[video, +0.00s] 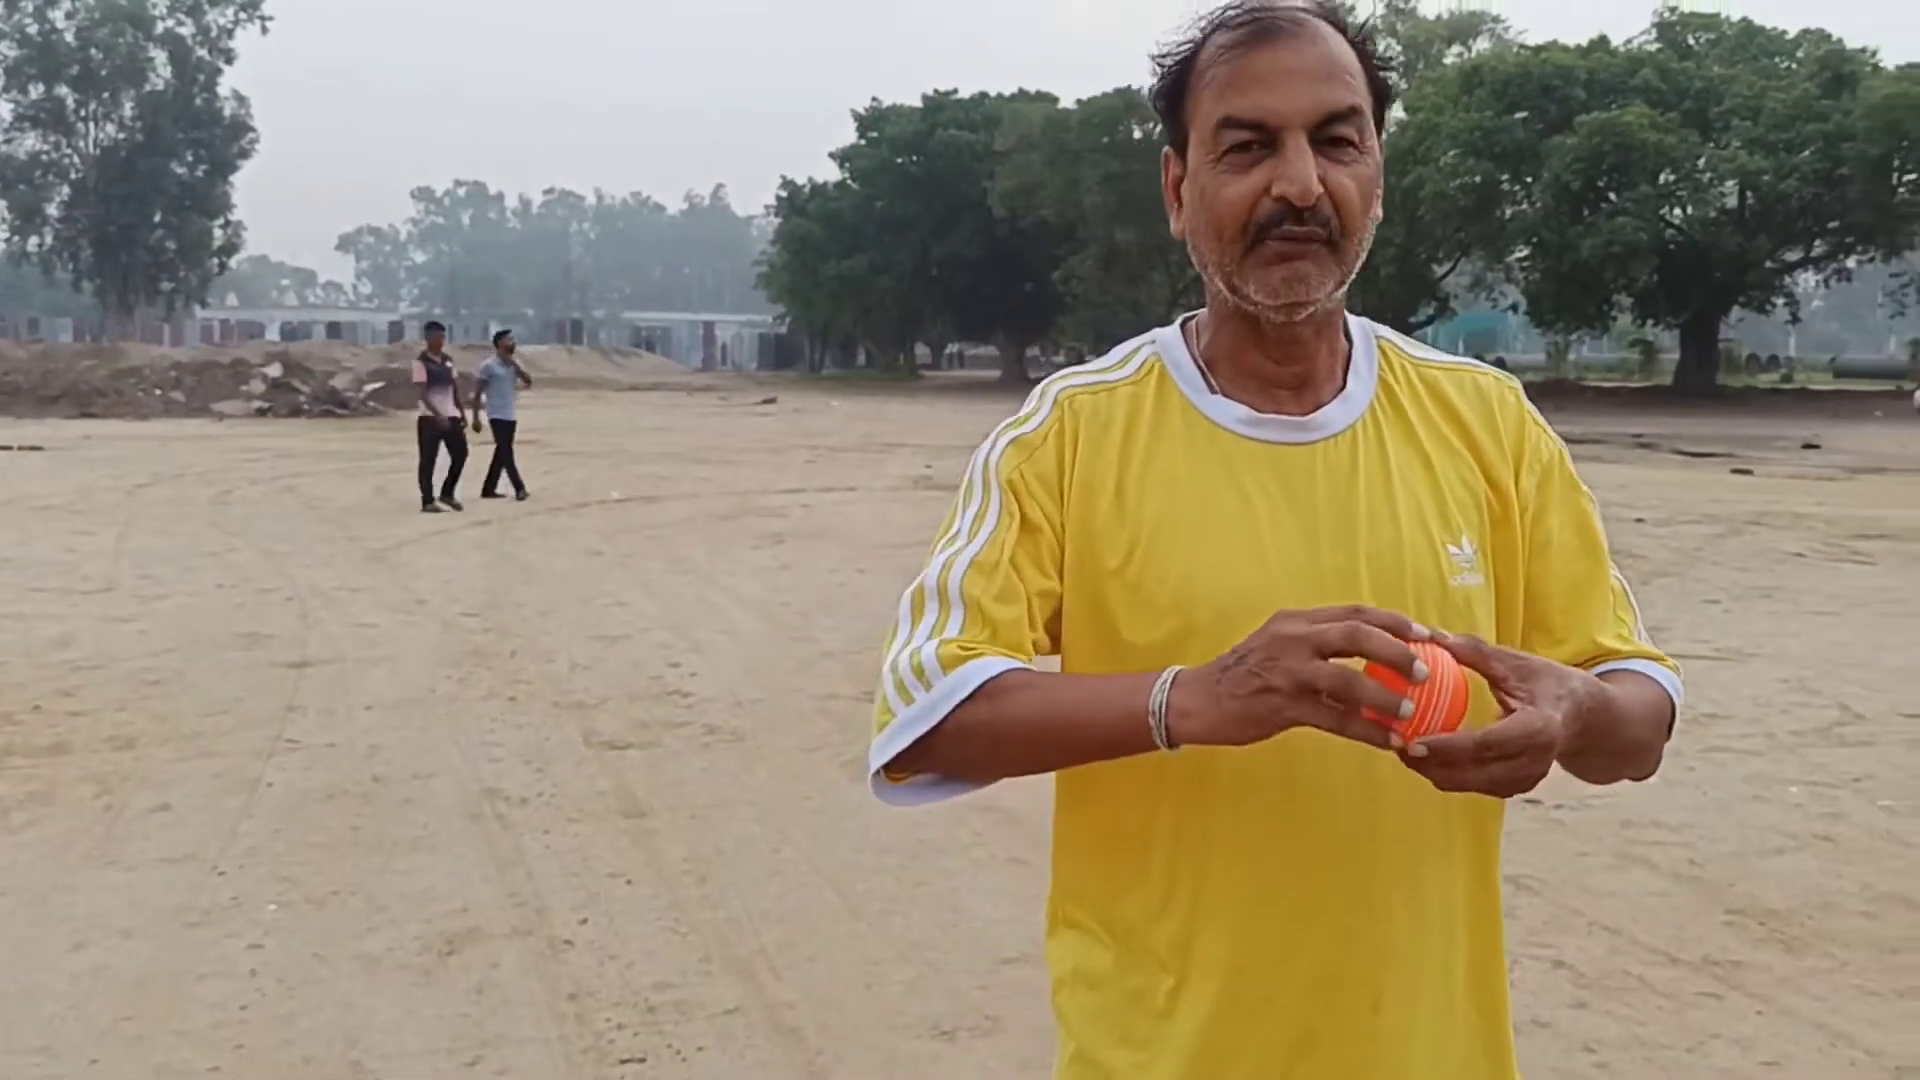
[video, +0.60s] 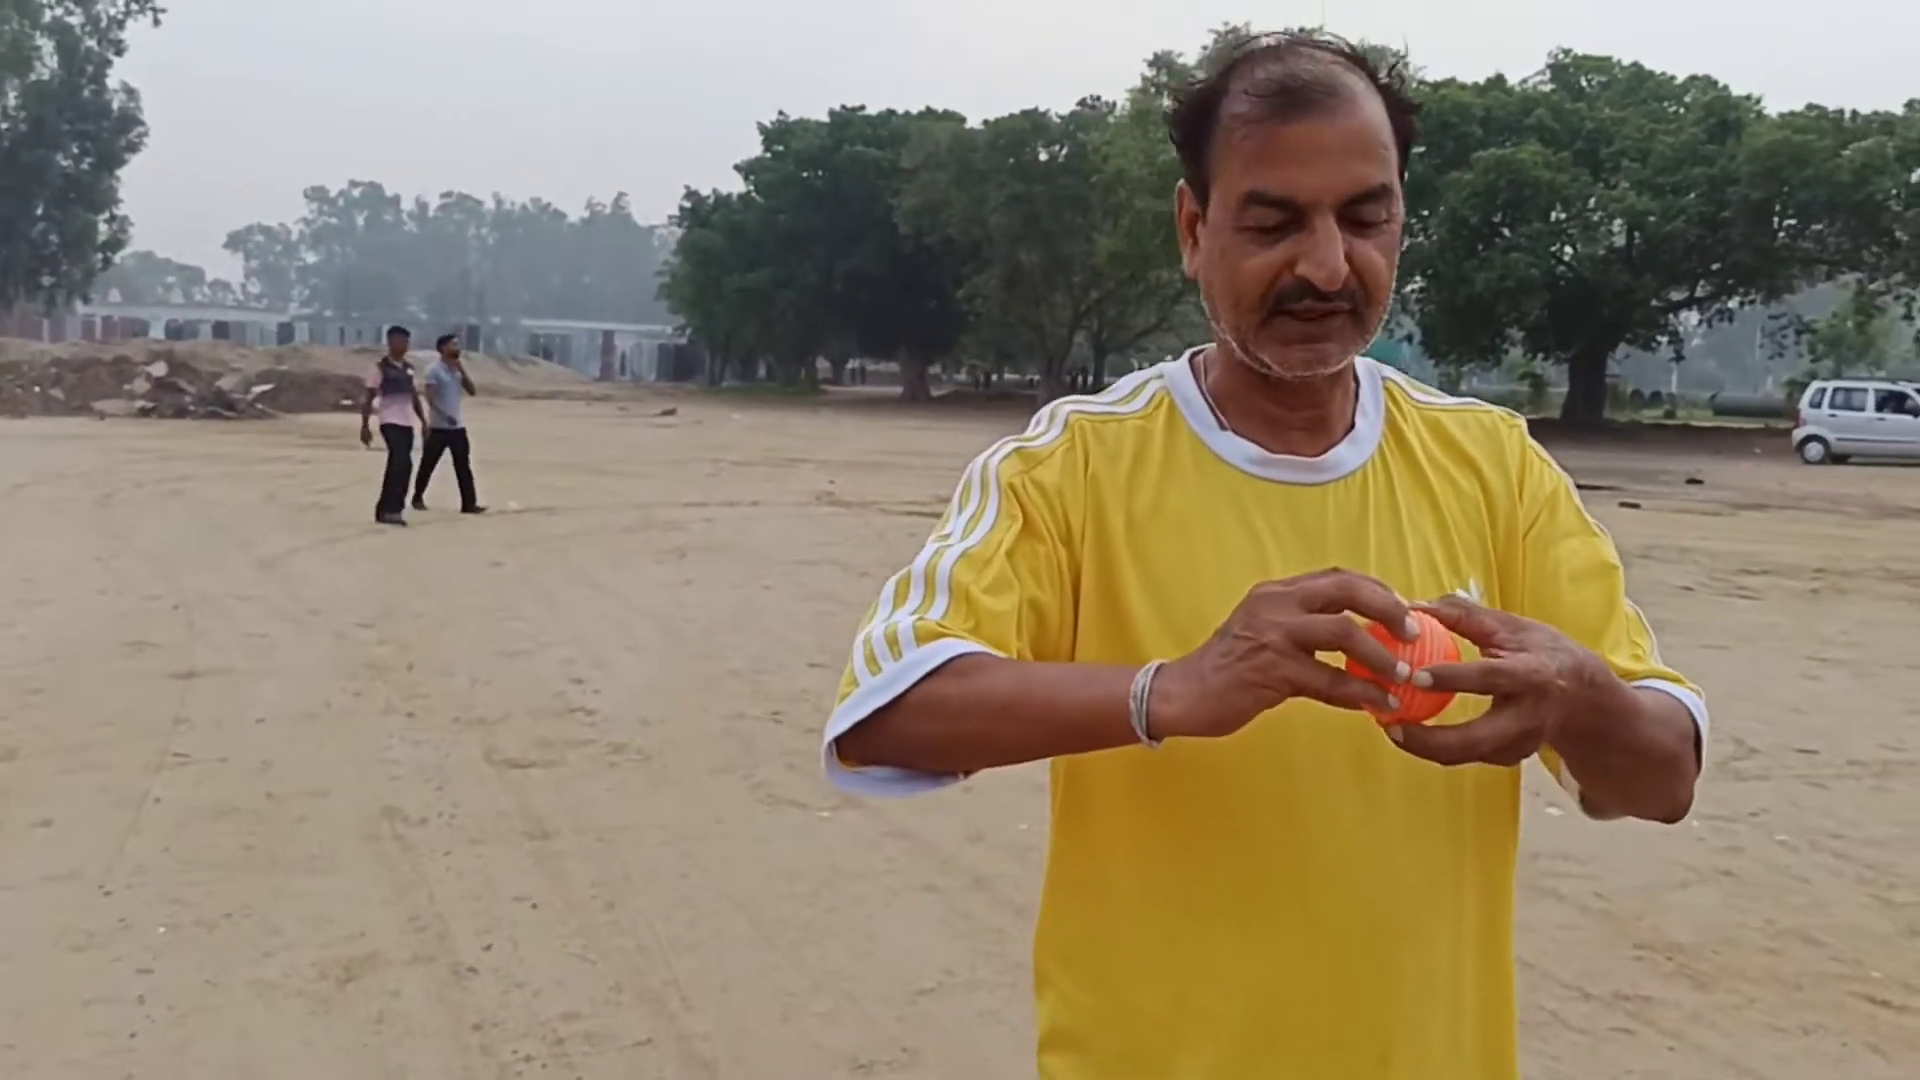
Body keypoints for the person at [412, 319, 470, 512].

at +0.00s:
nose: (440, 341)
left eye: (442, 336)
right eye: (436, 337)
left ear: (444, 338)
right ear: (427, 338)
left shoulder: (448, 361)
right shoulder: (420, 363)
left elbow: (454, 389)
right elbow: (422, 394)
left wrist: (462, 412)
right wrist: (437, 414)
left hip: (450, 416)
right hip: (430, 416)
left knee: (460, 453)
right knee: (428, 460)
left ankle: (447, 493)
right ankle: (428, 499)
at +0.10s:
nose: (425, 342)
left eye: (427, 337)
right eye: (421, 338)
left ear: (430, 339)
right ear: (412, 339)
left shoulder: (433, 362)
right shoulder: (405, 363)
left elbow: (439, 391)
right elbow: (408, 392)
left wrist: (444, 413)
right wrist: (431, 410)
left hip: (434, 418)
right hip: (413, 418)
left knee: (443, 463)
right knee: (408, 462)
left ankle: (449, 500)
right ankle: (404, 500)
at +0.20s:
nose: (422, 341)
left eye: (423, 337)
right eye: (418, 337)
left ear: (425, 338)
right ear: (408, 337)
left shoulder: (428, 361)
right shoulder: (401, 362)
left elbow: (430, 388)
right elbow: (403, 391)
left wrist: (437, 404)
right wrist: (427, 408)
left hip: (428, 418)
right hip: (408, 418)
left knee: (436, 462)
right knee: (399, 460)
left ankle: (445, 499)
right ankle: (388, 497)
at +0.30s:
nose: (411, 338)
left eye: (413, 334)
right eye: (407, 334)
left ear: (415, 335)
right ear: (398, 335)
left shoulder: (417, 359)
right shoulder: (390, 360)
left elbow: (418, 389)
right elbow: (389, 391)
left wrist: (427, 401)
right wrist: (411, 411)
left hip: (419, 417)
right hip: (399, 417)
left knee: (425, 461)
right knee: (389, 457)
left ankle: (425, 498)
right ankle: (367, 491)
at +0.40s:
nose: (405, 335)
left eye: (407, 331)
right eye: (401, 331)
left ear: (409, 332)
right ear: (392, 332)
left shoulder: (411, 356)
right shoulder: (383, 358)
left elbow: (411, 382)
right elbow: (381, 389)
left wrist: (418, 396)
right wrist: (389, 414)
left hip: (414, 412)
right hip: (396, 412)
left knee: (415, 458)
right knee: (393, 453)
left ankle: (408, 496)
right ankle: (364, 479)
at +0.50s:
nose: (404, 338)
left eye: (406, 334)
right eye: (400, 333)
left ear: (408, 335)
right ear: (390, 334)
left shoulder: (409, 359)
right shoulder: (380, 359)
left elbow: (413, 389)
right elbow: (374, 390)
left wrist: (419, 414)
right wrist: (374, 418)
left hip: (410, 413)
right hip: (391, 412)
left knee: (408, 459)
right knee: (400, 455)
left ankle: (395, 500)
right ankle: (375, 487)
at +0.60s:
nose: (402, 346)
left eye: (405, 342)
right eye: (398, 341)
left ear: (408, 344)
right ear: (389, 343)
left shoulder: (408, 368)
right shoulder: (380, 368)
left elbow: (414, 397)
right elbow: (369, 397)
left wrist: (423, 420)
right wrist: (365, 426)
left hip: (407, 421)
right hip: (390, 420)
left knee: (399, 465)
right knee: (402, 463)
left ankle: (388, 508)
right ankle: (390, 509)